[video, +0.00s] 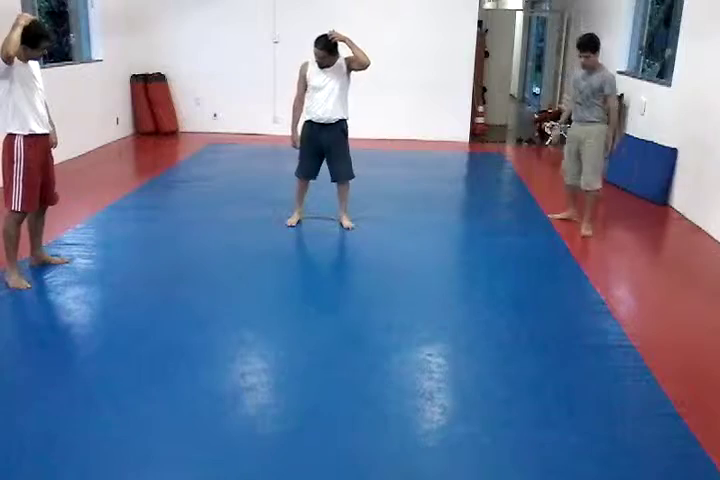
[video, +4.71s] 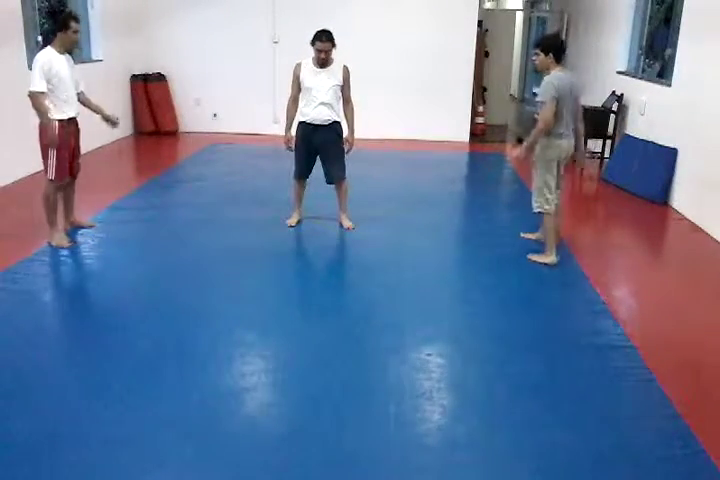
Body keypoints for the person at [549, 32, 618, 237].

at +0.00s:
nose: (583, 61)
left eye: (587, 57)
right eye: (580, 56)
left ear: (596, 54)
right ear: (578, 54)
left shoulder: (607, 77)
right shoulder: (577, 75)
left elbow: (613, 108)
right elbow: (570, 103)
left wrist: (611, 136)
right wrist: (559, 124)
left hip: (596, 128)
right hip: (576, 127)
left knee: (591, 179)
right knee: (570, 173)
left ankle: (587, 220)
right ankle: (571, 209)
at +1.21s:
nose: (580, 67)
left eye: (585, 63)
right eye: (578, 62)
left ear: (599, 62)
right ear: (577, 60)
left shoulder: (611, 91)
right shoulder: (570, 80)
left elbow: (617, 128)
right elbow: (556, 106)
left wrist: (615, 164)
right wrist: (536, 130)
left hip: (594, 151)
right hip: (567, 147)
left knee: (593, 207)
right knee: (558, 198)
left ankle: (592, 262)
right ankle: (561, 240)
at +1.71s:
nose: (582, 63)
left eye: (587, 59)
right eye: (582, 58)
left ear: (604, 62)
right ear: (595, 60)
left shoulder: (622, 92)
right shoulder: (585, 84)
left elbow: (628, 136)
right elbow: (580, 122)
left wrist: (624, 175)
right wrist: (573, 153)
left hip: (606, 160)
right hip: (578, 155)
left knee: (602, 220)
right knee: (567, 216)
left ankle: (594, 271)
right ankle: (571, 272)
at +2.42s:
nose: (564, 65)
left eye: (567, 60)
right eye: (563, 60)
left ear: (583, 60)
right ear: (580, 61)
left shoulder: (598, 95)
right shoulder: (582, 88)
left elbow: (598, 145)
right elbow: (575, 132)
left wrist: (592, 187)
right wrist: (554, 145)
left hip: (584, 168)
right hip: (571, 164)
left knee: (577, 232)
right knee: (565, 225)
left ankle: (572, 301)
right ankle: (570, 281)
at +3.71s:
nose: (559, 65)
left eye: (562, 59)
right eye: (559, 59)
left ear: (576, 59)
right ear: (582, 60)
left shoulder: (577, 90)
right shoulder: (601, 88)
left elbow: (569, 134)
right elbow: (605, 130)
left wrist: (554, 170)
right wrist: (583, 144)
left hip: (569, 162)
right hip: (590, 163)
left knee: (539, 218)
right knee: (580, 225)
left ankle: (550, 275)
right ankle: (573, 281)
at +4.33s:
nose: (541, 63)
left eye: (543, 58)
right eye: (541, 58)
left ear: (555, 58)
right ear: (566, 58)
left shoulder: (548, 86)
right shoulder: (588, 84)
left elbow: (541, 126)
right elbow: (592, 123)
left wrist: (533, 159)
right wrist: (587, 153)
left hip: (551, 149)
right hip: (576, 151)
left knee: (545, 201)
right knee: (568, 200)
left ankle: (548, 254)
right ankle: (568, 242)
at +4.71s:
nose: (534, 59)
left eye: (538, 55)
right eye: (534, 55)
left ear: (550, 56)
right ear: (556, 56)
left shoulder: (550, 82)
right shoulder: (570, 79)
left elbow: (546, 121)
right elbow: (577, 118)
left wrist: (525, 146)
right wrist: (580, 147)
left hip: (550, 142)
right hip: (566, 141)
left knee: (546, 196)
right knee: (551, 189)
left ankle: (550, 252)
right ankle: (545, 231)